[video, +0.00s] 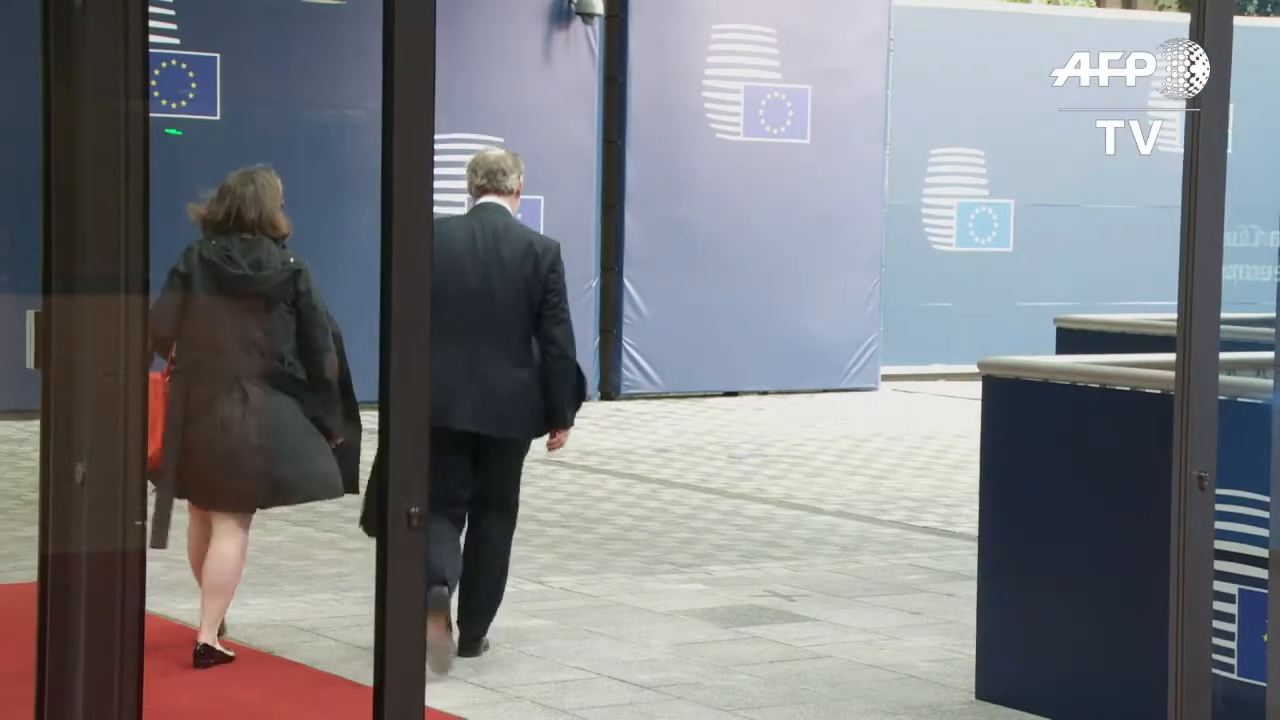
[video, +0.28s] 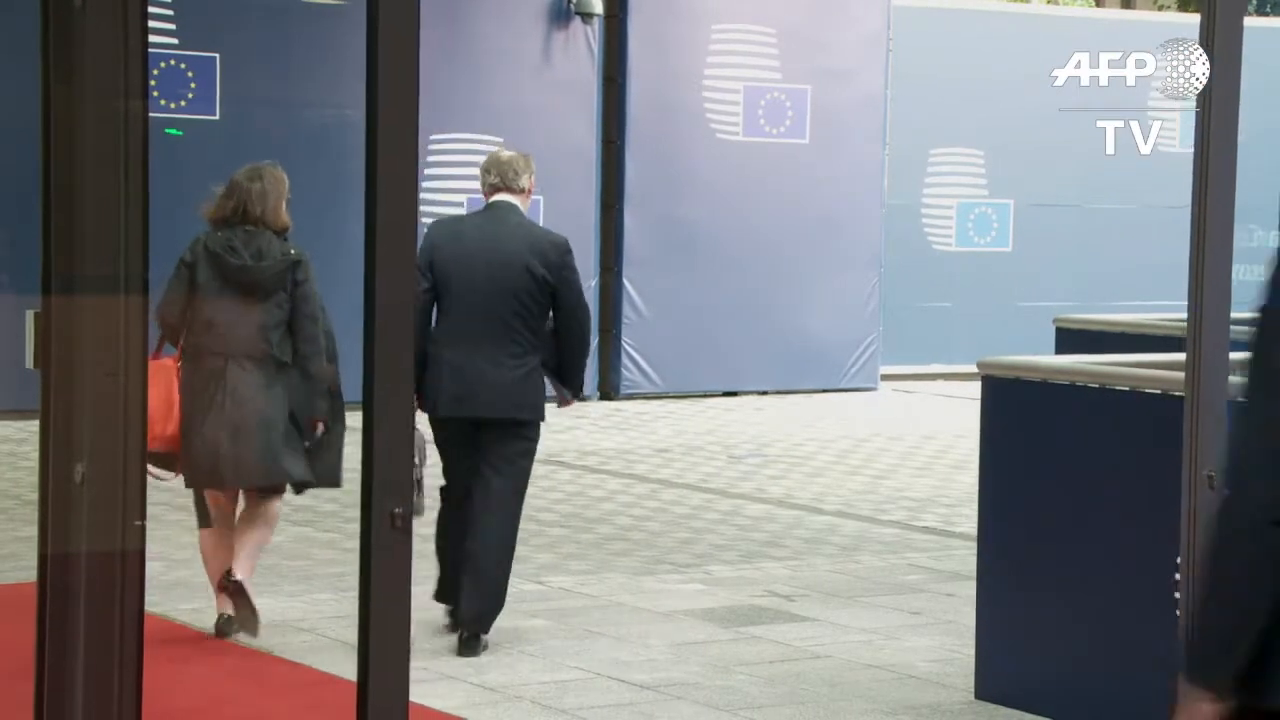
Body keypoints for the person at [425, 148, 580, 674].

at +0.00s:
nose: (518, 198)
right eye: (520, 192)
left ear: (471, 190)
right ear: (517, 193)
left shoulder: (432, 236)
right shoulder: (540, 250)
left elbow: (405, 315)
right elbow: (556, 337)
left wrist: (401, 395)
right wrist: (561, 411)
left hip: (438, 404)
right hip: (508, 408)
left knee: (441, 507)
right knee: (493, 518)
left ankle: (437, 590)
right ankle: (472, 633)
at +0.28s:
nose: (533, 196)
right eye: (533, 190)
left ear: (483, 189)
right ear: (528, 191)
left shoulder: (441, 235)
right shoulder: (549, 246)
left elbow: (415, 314)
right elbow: (574, 322)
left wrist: (418, 379)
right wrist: (568, 380)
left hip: (448, 395)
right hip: (515, 398)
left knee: (457, 490)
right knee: (499, 505)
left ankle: (452, 593)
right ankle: (473, 625)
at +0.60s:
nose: (537, 197)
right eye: (537, 192)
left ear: (490, 193)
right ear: (532, 193)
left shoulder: (454, 240)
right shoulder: (558, 244)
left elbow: (436, 319)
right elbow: (576, 322)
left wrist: (433, 385)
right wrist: (583, 389)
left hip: (470, 389)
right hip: (533, 390)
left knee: (477, 489)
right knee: (527, 484)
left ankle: (483, 597)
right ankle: (503, 554)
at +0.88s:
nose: (555, 198)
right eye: (556, 192)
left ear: (510, 192)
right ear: (552, 193)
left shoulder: (473, 237)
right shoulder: (571, 243)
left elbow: (453, 312)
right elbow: (587, 321)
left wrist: (450, 375)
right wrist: (588, 384)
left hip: (486, 383)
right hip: (547, 384)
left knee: (486, 484)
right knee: (547, 476)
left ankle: (488, 593)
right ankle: (554, 570)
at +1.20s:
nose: (589, 193)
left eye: (587, 187)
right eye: (589, 187)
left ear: (543, 190)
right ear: (582, 190)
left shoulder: (507, 232)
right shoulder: (600, 244)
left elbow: (484, 304)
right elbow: (619, 318)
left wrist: (477, 362)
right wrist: (626, 380)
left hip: (514, 374)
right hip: (574, 379)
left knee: (521, 456)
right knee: (566, 474)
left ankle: (506, 523)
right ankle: (554, 576)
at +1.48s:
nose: (605, 200)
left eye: (602, 193)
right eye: (604, 193)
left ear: (558, 197)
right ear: (596, 195)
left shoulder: (525, 237)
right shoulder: (613, 247)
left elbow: (502, 307)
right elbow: (639, 315)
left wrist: (493, 362)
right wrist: (649, 370)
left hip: (530, 375)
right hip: (586, 378)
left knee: (543, 455)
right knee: (572, 467)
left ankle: (542, 538)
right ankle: (553, 568)